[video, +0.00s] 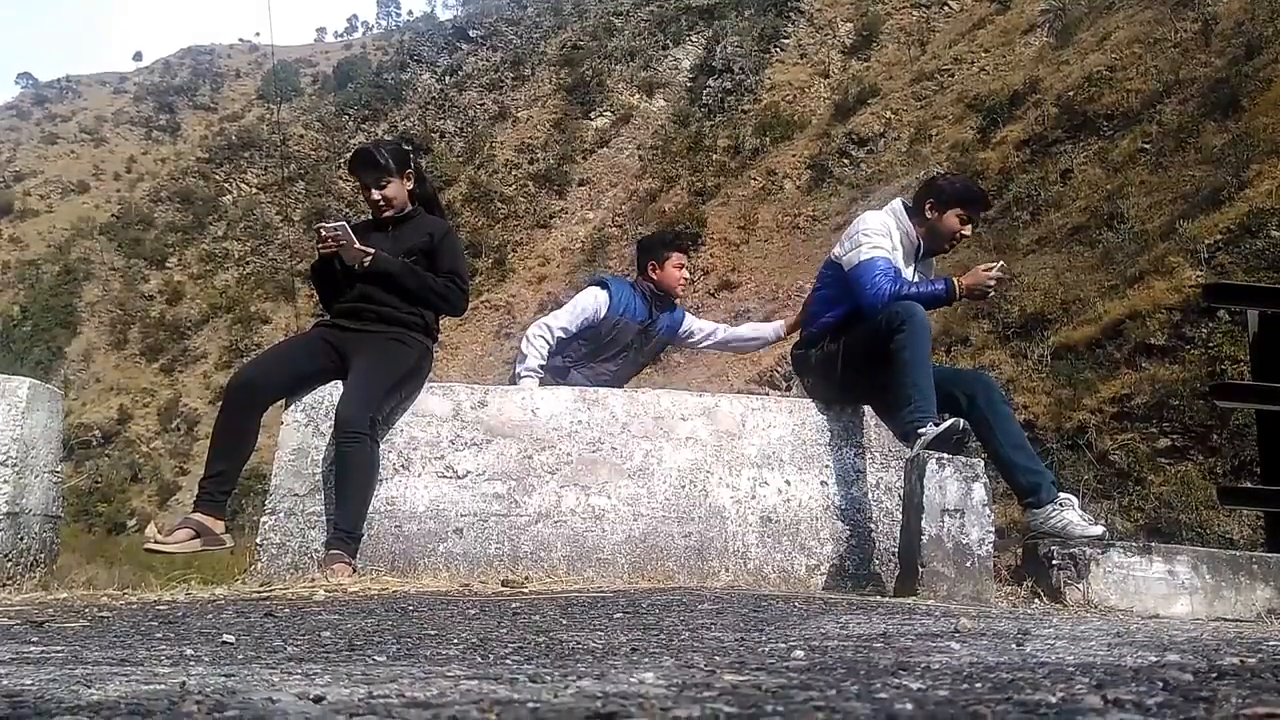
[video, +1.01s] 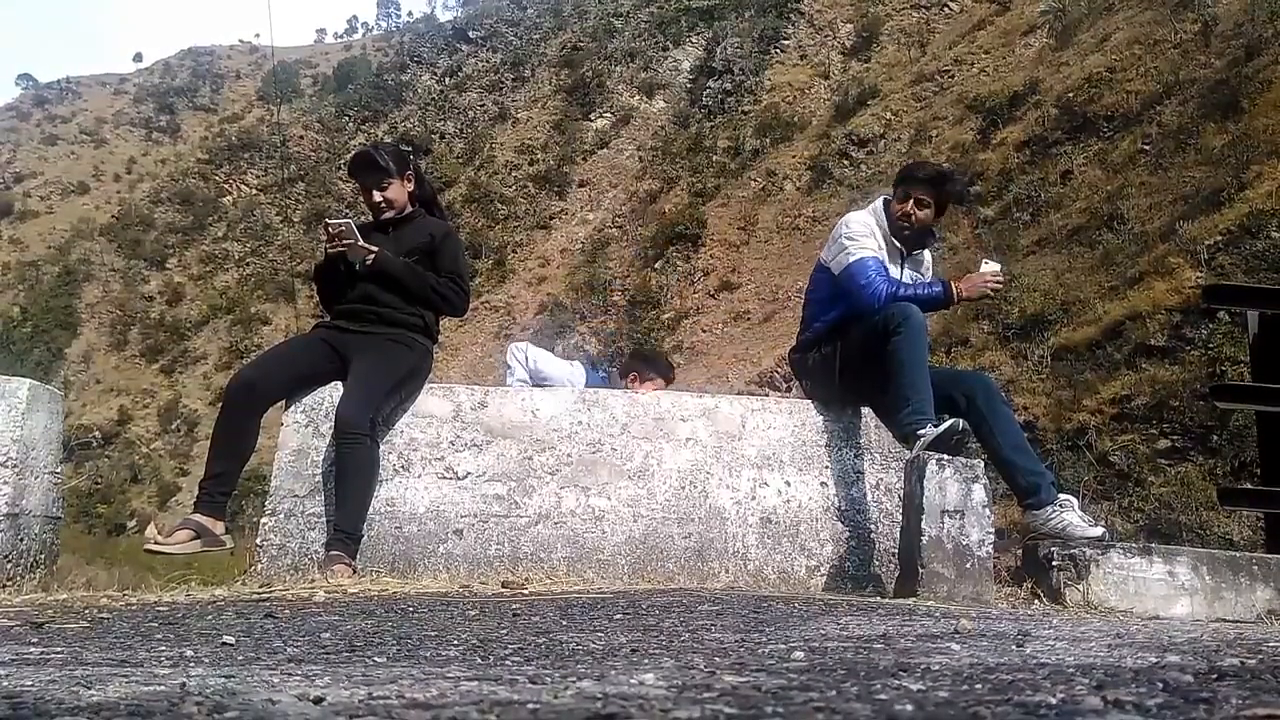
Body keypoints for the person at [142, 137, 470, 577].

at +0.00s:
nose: (375, 196)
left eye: (383, 184)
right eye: (367, 188)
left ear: (409, 178)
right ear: (360, 187)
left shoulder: (435, 229)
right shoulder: (356, 228)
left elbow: (455, 299)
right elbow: (333, 299)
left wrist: (377, 260)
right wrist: (327, 259)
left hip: (397, 341)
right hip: (336, 333)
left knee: (353, 420)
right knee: (248, 385)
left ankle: (341, 557)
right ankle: (208, 518)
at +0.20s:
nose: (374, 196)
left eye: (382, 185)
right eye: (365, 188)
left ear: (408, 177)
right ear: (359, 187)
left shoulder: (436, 229)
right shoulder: (356, 227)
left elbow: (456, 298)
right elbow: (334, 299)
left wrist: (379, 259)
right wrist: (330, 257)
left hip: (397, 341)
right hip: (336, 333)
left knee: (353, 420)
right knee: (247, 384)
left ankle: (340, 556)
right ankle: (208, 518)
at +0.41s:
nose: (374, 197)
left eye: (381, 186)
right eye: (366, 189)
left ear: (408, 177)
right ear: (360, 189)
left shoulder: (436, 231)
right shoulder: (358, 227)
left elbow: (456, 299)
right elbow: (333, 299)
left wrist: (382, 259)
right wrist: (334, 254)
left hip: (397, 342)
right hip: (337, 334)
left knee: (353, 419)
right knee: (247, 385)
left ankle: (341, 555)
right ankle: (208, 519)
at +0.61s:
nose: (375, 197)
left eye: (383, 185)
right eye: (366, 189)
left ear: (408, 178)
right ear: (360, 190)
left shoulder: (437, 231)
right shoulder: (358, 228)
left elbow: (456, 299)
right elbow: (334, 300)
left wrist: (382, 259)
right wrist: (333, 256)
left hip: (397, 342)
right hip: (337, 334)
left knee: (353, 419)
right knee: (247, 385)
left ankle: (341, 556)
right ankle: (208, 519)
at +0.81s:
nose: (375, 197)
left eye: (383, 186)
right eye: (367, 190)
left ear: (409, 179)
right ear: (361, 190)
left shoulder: (437, 231)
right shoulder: (359, 228)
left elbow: (456, 299)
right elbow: (334, 299)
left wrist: (381, 259)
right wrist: (333, 256)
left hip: (397, 343)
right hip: (337, 334)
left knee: (353, 420)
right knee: (247, 386)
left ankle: (341, 556)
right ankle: (208, 519)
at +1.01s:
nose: (375, 198)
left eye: (384, 186)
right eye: (367, 190)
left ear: (409, 179)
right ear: (362, 191)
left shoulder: (436, 230)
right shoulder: (358, 228)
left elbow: (457, 299)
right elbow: (334, 300)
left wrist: (380, 259)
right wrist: (333, 255)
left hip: (397, 343)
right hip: (337, 335)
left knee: (353, 421)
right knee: (247, 387)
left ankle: (341, 557)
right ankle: (208, 519)